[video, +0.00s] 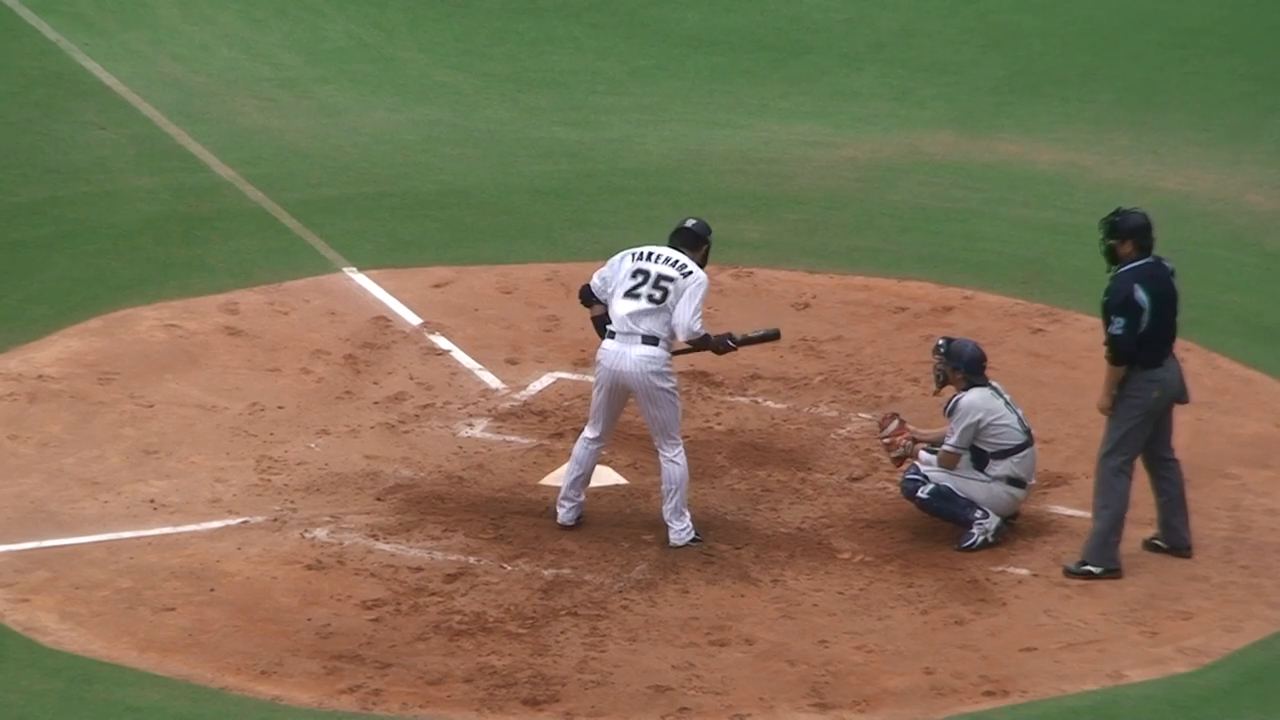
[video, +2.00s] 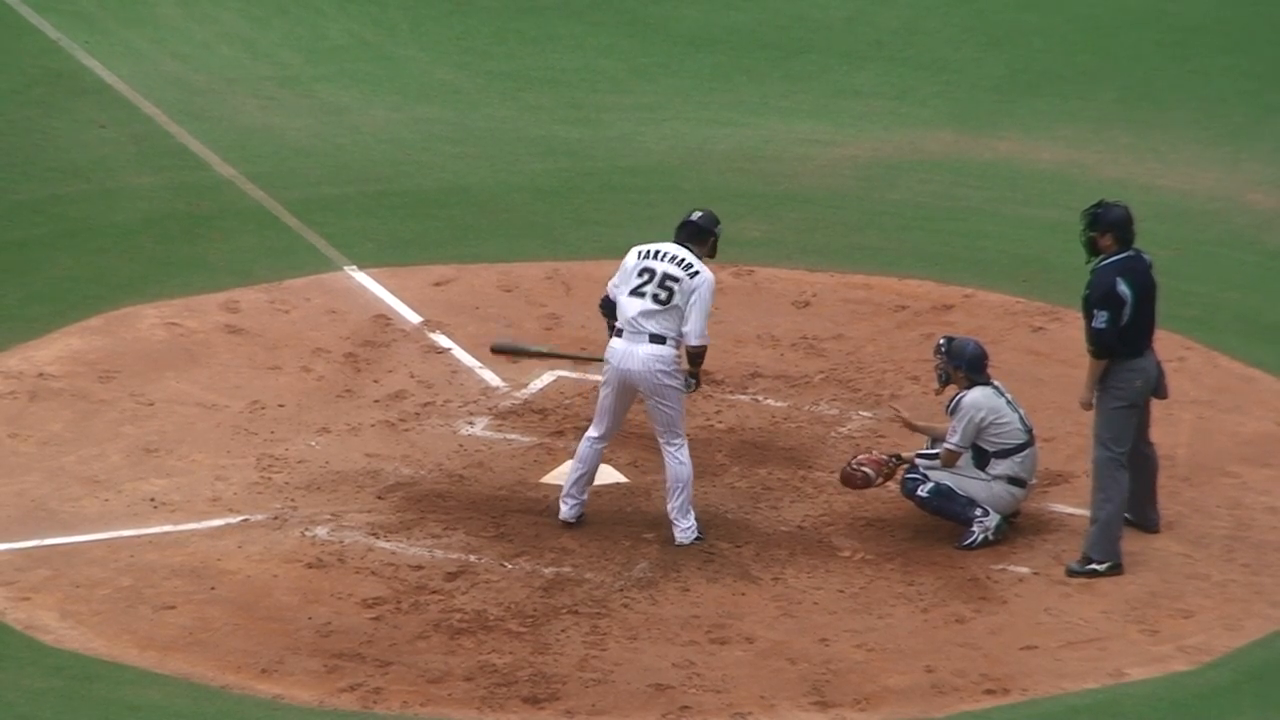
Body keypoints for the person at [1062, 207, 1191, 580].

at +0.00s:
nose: (1109, 246)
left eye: (1114, 241)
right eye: (1111, 240)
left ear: (1128, 244)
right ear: (1142, 242)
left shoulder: (1124, 284)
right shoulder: (1161, 270)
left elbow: (1119, 350)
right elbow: (1163, 329)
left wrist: (1108, 392)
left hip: (1140, 382)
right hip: (1166, 374)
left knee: (1113, 463)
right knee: (1160, 457)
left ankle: (1101, 557)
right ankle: (1176, 537)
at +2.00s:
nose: (1090, 237)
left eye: (1094, 232)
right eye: (1092, 230)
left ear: (1107, 238)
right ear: (1122, 235)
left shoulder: (1106, 277)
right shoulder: (1140, 262)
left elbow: (1102, 344)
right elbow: (1142, 321)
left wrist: (1088, 387)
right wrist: (1139, 359)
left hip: (1120, 373)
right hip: (1143, 364)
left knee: (1109, 458)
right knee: (1136, 444)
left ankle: (1102, 553)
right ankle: (1144, 511)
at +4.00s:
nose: (1092, 239)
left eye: (1096, 234)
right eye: (1094, 233)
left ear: (1108, 239)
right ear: (1125, 236)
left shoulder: (1107, 279)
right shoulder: (1142, 263)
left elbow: (1103, 345)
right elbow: (1142, 322)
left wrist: (1093, 388)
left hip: (1121, 374)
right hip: (1144, 365)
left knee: (1109, 459)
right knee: (1138, 445)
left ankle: (1105, 554)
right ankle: (1147, 514)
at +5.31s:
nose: (1056, 283)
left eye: (1059, 277)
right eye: (1056, 276)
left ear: (1073, 279)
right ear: (1086, 275)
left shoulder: (1083, 312)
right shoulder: (1112, 294)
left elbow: (1091, 373)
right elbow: (1133, 350)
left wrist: (1079, 424)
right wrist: (1115, 397)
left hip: (1152, 392)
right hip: (1169, 383)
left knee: (1090, 462)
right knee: (1130, 440)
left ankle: (1096, 553)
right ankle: (1142, 513)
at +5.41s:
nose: (1055, 289)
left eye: (1058, 283)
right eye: (1054, 283)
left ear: (1072, 285)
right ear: (1085, 280)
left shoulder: (1082, 318)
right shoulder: (1111, 299)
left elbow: (1091, 380)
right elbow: (1132, 352)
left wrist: (1080, 429)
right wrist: (1118, 401)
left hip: (1153, 396)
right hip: (1170, 387)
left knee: (1086, 464)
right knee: (1128, 438)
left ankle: (1095, 552)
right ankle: (1140, 512)